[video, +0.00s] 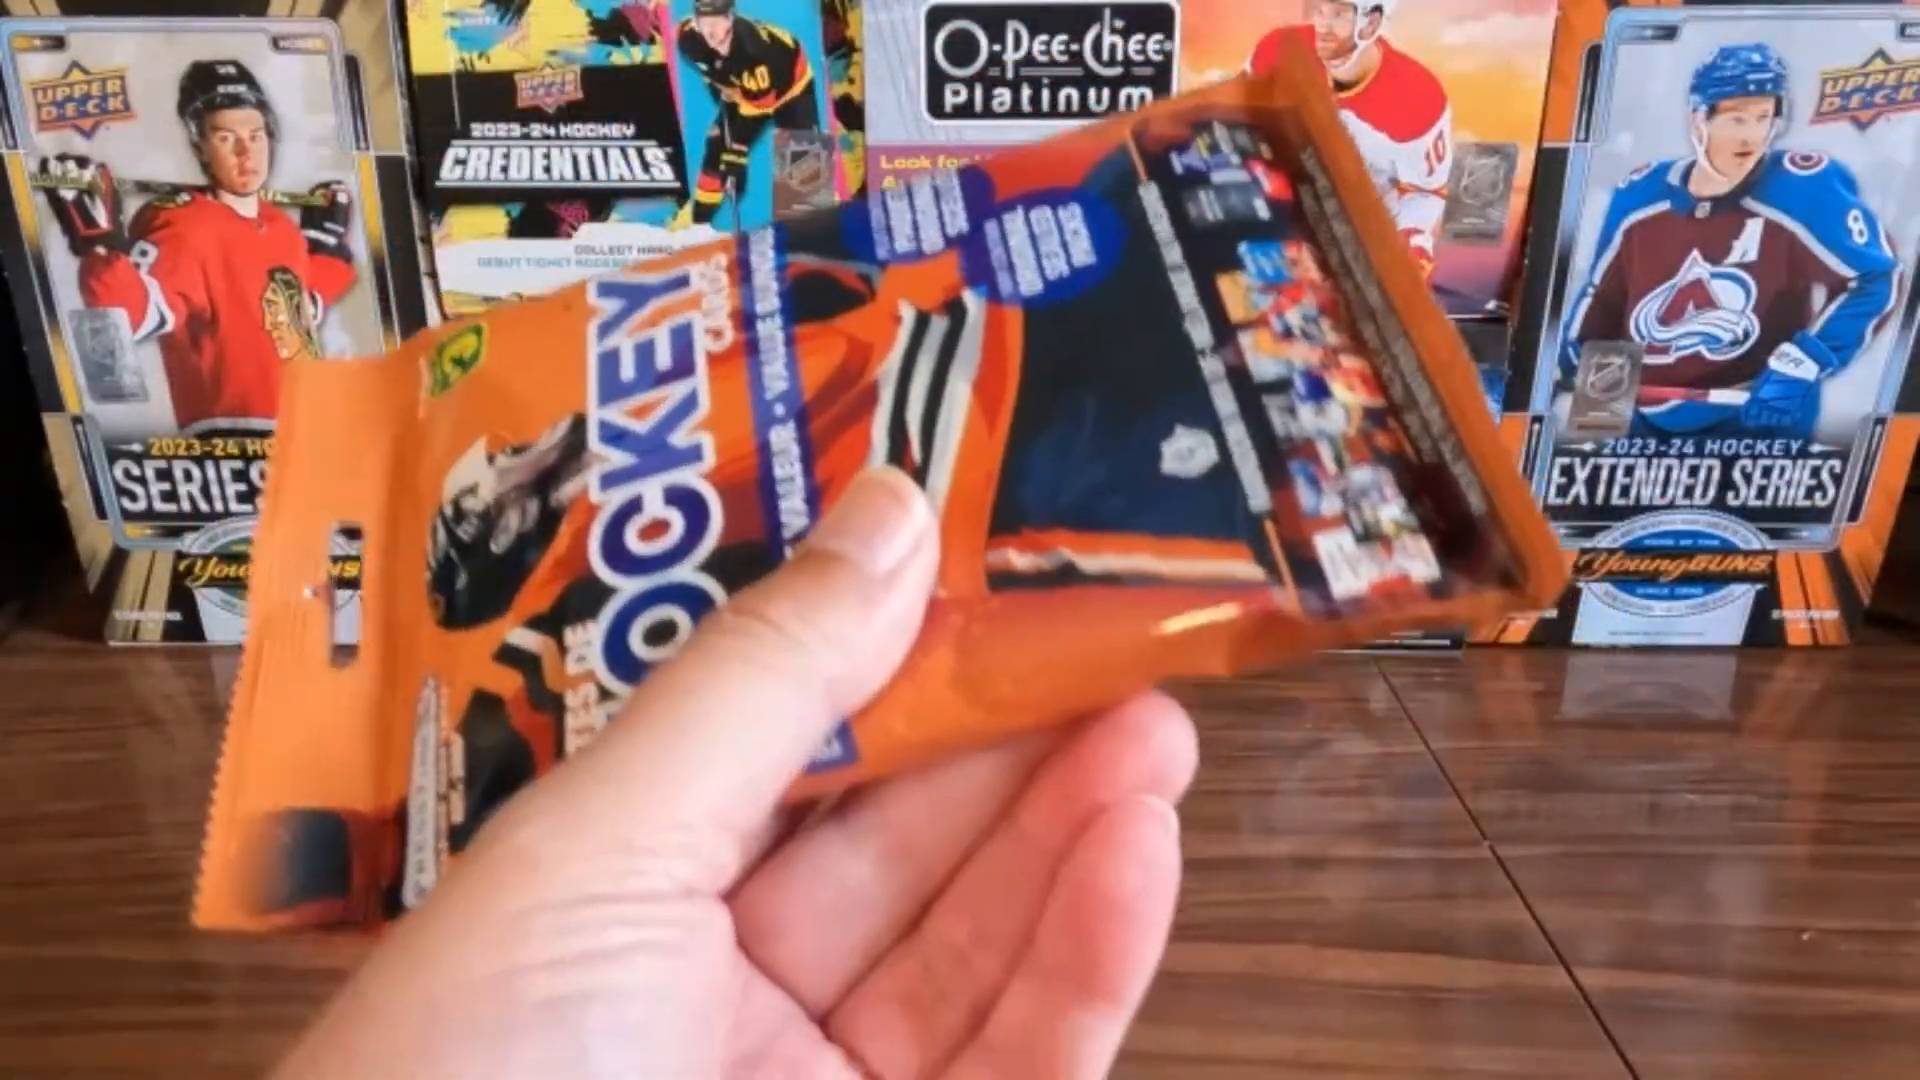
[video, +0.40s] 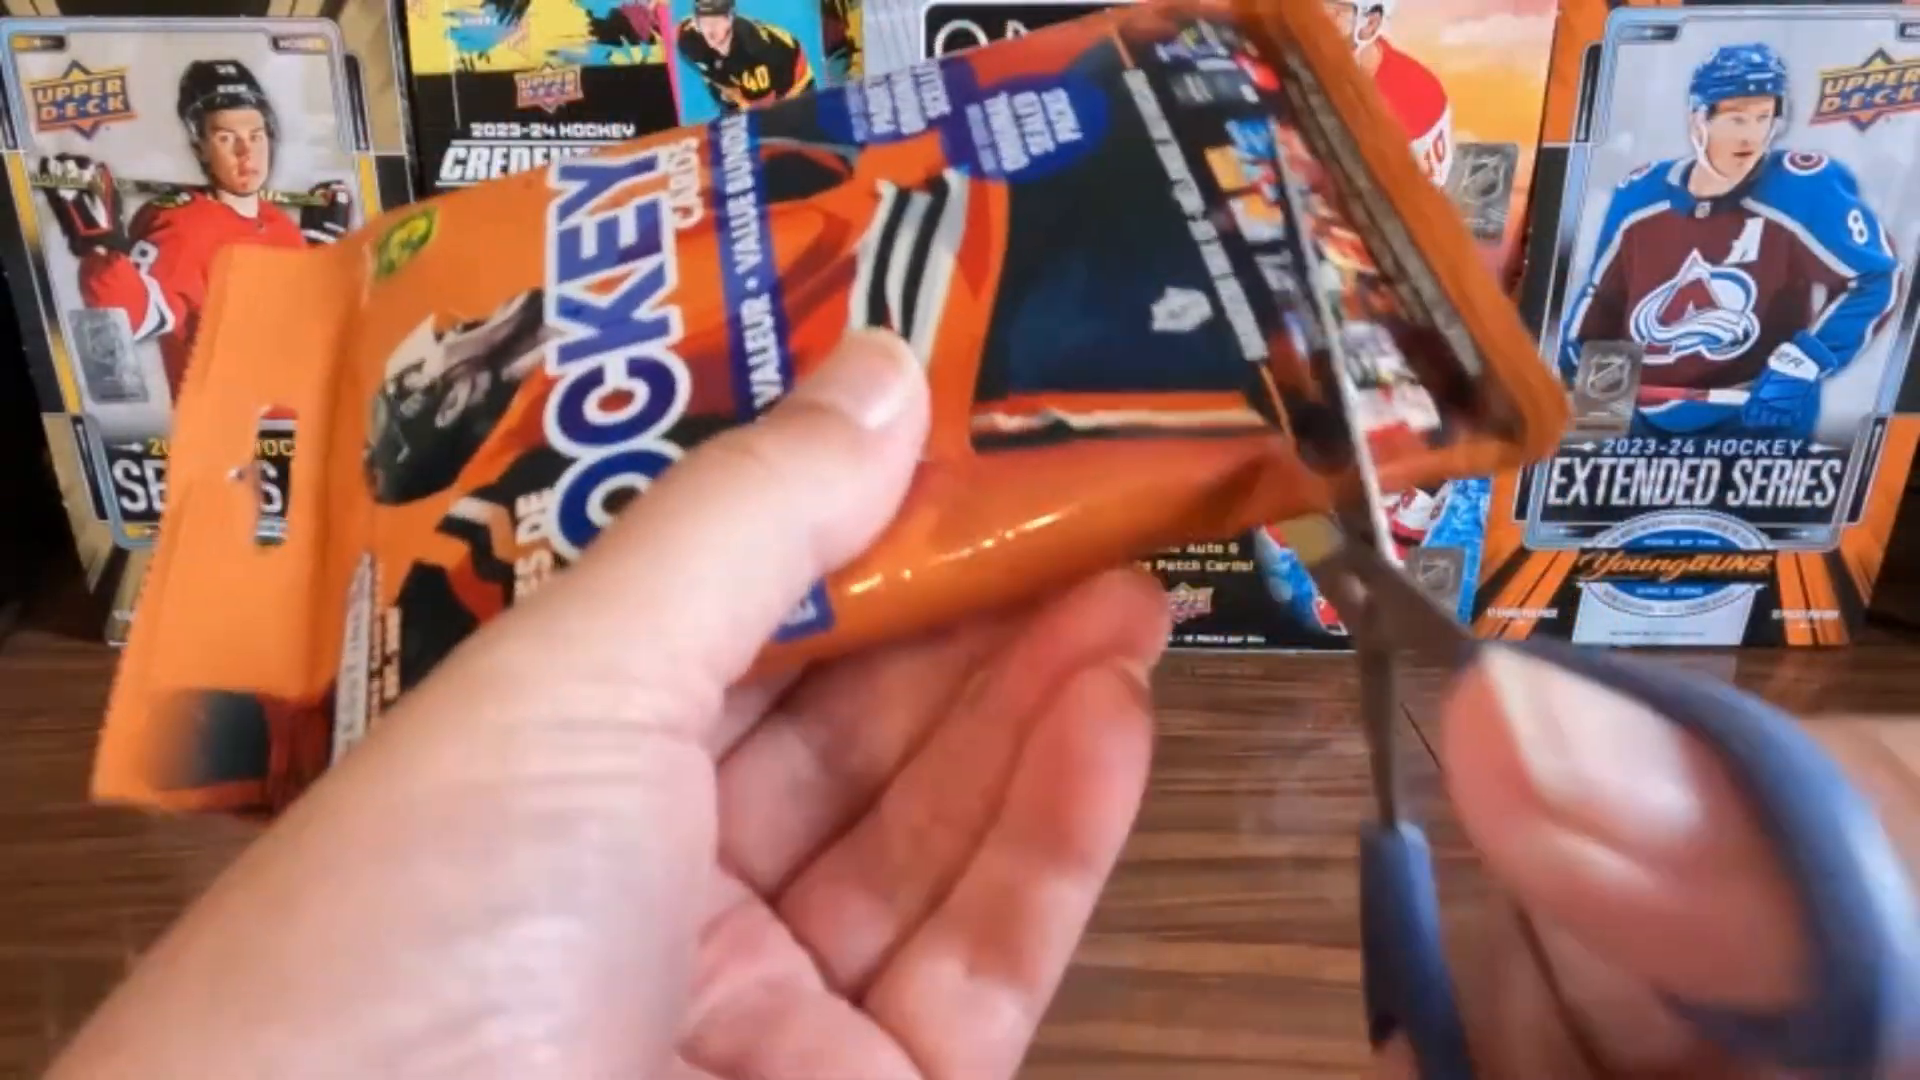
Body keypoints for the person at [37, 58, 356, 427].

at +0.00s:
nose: (246, 150)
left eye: (256, 134)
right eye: (227, 138)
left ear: (270, 139)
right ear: (200, 147)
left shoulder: (280, 225)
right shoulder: (183, 226)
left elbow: (301, 308)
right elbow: (139, 315)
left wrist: (333, 250)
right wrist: (99, 246)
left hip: (308, 424)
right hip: (232, 435)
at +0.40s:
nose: (246, 153)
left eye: (256, 136)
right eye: (226, 138)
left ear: (271, 141)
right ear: (200, 148)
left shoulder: (284, 226)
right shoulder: (183, 227)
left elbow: (316, 318)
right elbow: (139, 319)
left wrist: (330, 244)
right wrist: (101, 248)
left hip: (300, 417)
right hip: (217, 421)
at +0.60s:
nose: (246, 154)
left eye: (255, 135)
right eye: (227, 139)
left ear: (269, 138)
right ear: (200, 148)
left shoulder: (296, 215)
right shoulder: (177, 224)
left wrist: (333, 216)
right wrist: (100, 244)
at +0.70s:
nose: (245, 151)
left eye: (255, 135)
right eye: (226, 138)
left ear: (270, 139)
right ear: (200, 148)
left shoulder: (289, 221)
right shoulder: (171, 224)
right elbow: (130, 319)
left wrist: (331, 222)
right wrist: (103, 262)